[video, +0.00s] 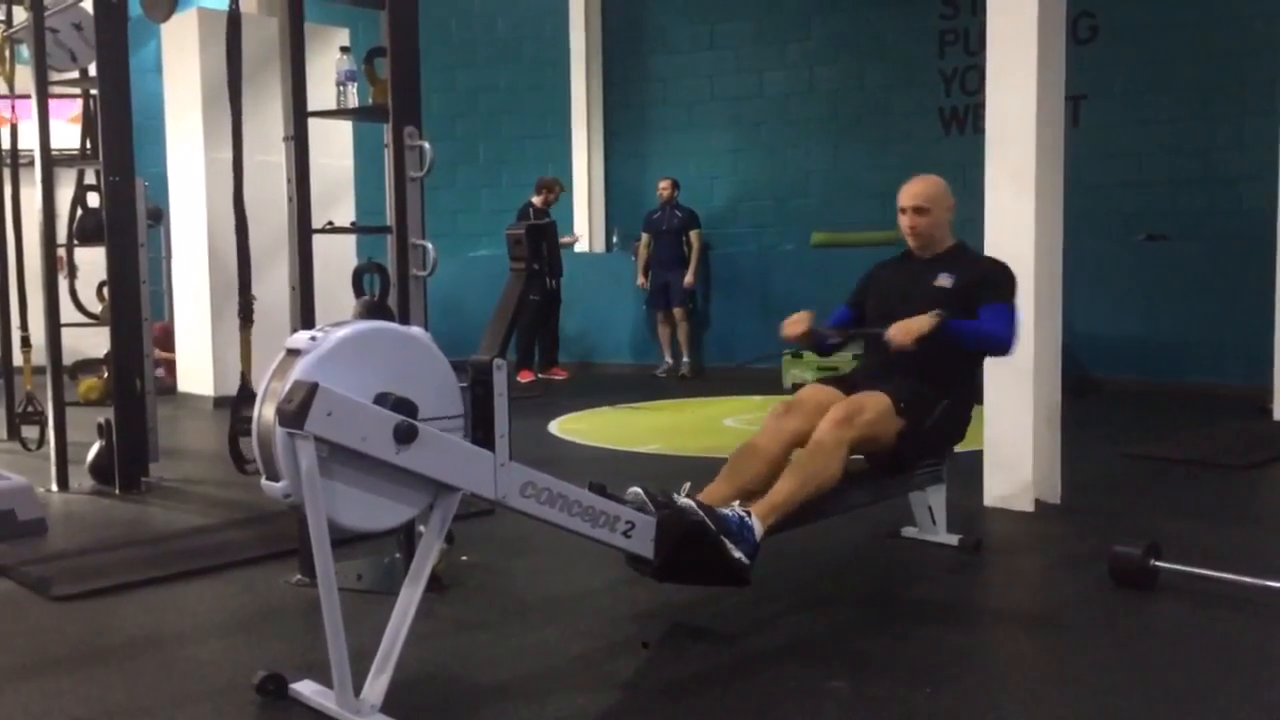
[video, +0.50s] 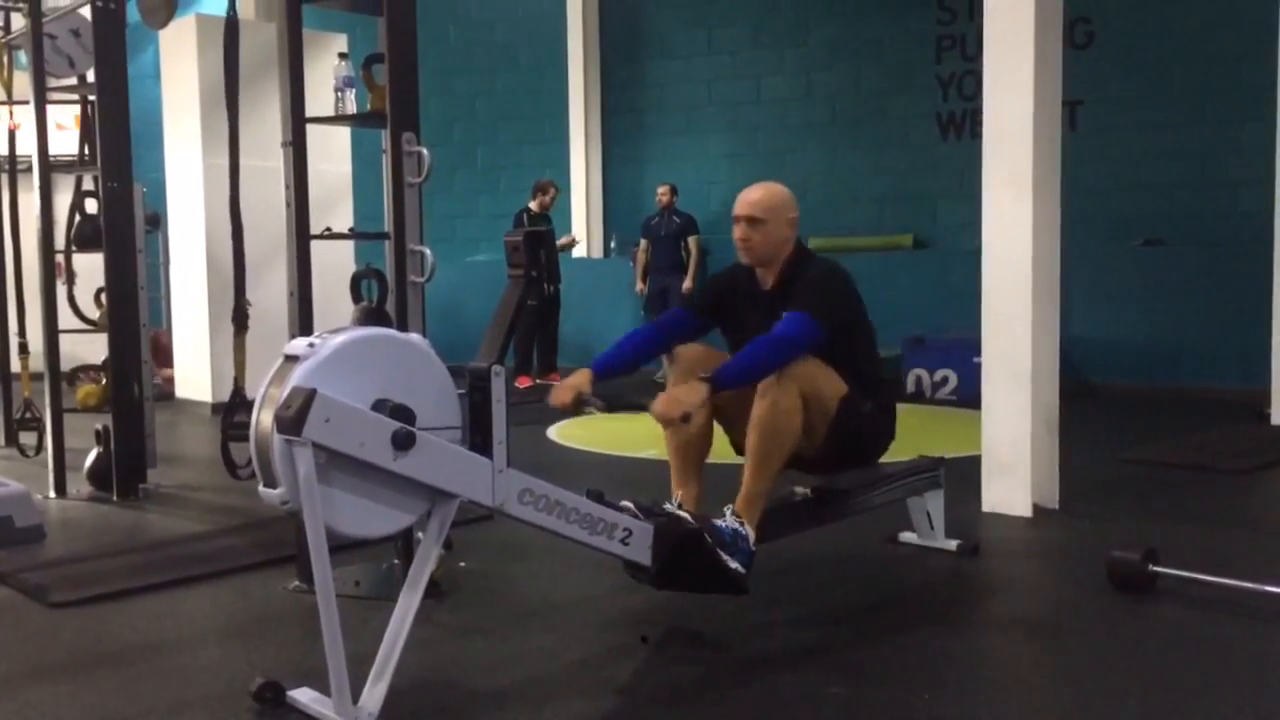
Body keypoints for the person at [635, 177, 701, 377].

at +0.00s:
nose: (660, 193)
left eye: (664, 189)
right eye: (659, 189)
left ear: (675, 192)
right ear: (657, 192)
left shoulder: (687, 215)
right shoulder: (651, 216)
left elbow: (696, 245)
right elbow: (644, 245)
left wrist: (691, 272)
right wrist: (641, 272)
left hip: (679, 272)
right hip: (657, 273)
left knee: (679, 314)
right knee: (661, 316)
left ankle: (685, 359)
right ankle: (667, 359)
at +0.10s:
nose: (660, 193)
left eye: (664, 189)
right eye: (658, 190)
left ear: (674, 192)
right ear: (657, 193)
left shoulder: (686, 216)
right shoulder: (650, 217)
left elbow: (695, 245)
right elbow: (643, 246)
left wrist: (690, 273)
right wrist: (640, 273)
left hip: (678, 273)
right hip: (656, 273)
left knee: (678, 315)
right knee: (661, 317)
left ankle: (684, 359)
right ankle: (666, 359)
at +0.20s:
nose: (659, 194)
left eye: (663, 190)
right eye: (658, 191)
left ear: (674, 193)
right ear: (657, 193)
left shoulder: (686, 217)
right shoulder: (650, 218)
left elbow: (695, 247)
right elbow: (643, 247)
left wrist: (690, 274)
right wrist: (640, 274)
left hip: (677, 274)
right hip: (656, 274)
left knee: (678, 316)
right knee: (660, 318)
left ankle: (684, 360)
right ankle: (666, 361)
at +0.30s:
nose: (659, 195)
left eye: (663, 192)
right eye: (658, 192)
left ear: (673, 195)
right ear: (656, 195)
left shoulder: (686, 218)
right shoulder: (649, 219)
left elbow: (694, 247)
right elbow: (642, 248)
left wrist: (689, 276)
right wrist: (639, 276)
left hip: (677, 275)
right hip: (655, 276)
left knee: (678, 317)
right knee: (660, 320)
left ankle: (683, 357)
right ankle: (666, 360)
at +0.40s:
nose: (659, 197)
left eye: (663, 193)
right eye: (658, 194)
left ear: (674, 196)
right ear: (656, 196)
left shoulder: (686, 219)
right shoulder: (649, 221)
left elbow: (694, 249)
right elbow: (642, 249)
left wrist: (689, 277)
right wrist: (639, 277)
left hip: (677, 277)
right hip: (655, 277)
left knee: (677, 317)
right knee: (659, 319)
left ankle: (680, 357)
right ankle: (661, 357)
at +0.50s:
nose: (659, 198)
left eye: (663, 195)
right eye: (658, 195)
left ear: (673, 198)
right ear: (656, 198)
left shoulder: (685, 220)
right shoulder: (649, 222)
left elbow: (694, 251)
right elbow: (642, 250)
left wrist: (689, 278)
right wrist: (639, 279)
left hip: (677, 279)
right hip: (655, 279)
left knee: (676, 323)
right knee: (657, 323)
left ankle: (678, 369)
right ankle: (665, 367)